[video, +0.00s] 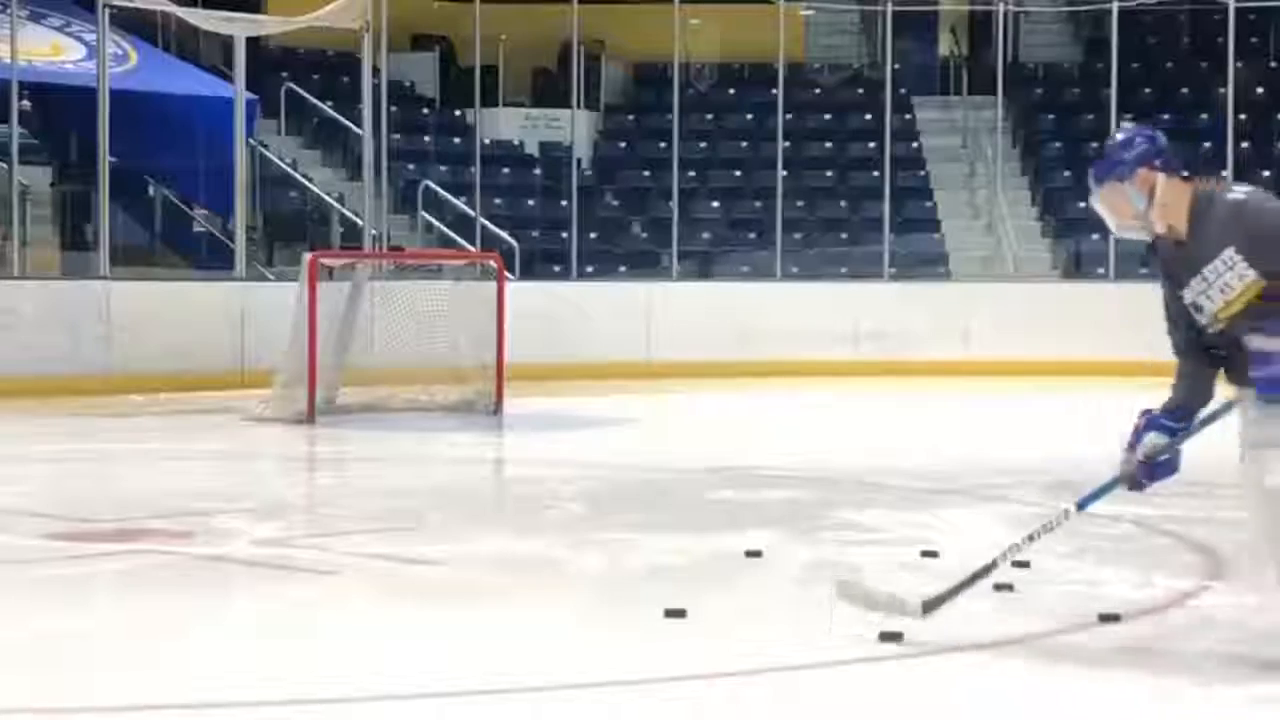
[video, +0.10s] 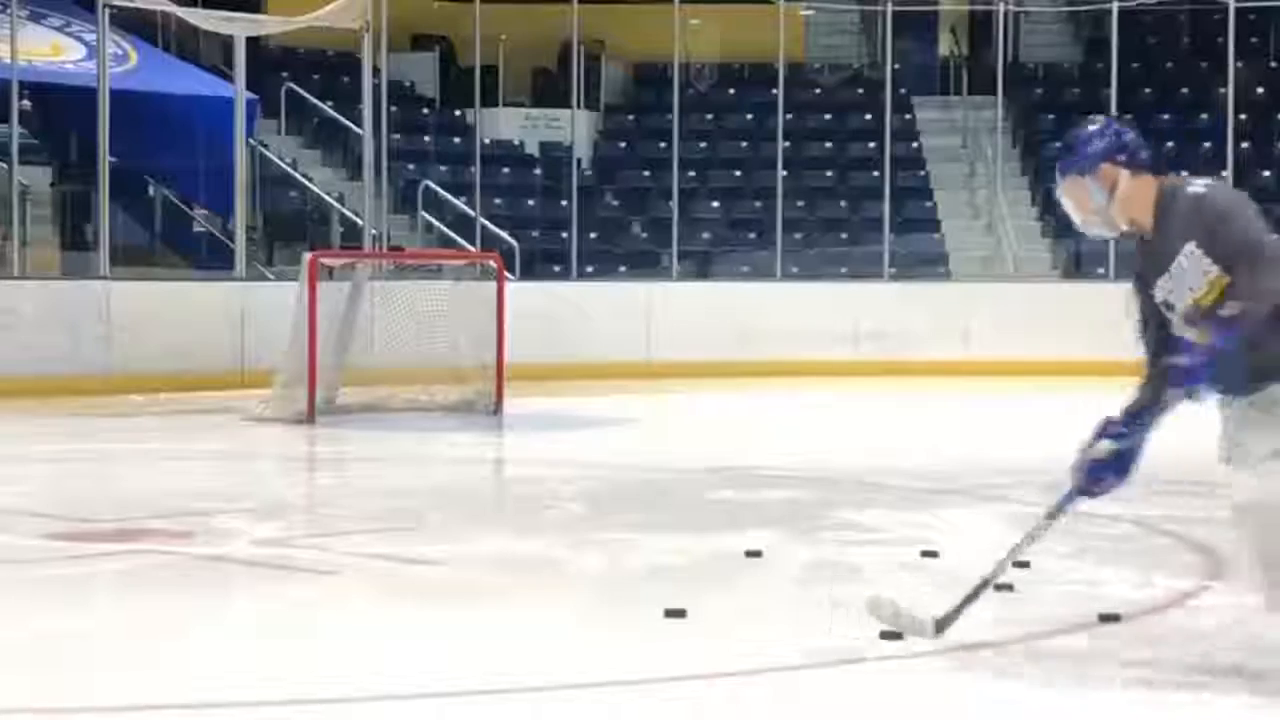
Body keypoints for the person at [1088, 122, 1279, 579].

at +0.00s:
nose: (1114, 213)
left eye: (1113, 193)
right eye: (1106, 199)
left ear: (1146, 178)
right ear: (1143, 181)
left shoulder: (1246, 212)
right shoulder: (1171, 259)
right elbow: (1197, 355)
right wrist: (1169, 425)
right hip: (1263, 397)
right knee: (1265, 533)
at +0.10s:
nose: (1080, 209)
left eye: (1080, 190)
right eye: (1072, 196)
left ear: (1113, 172)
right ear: (1112, 178)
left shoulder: (1209, 203)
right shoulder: (1149, 265)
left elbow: (1266, 273)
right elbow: (1167, 366)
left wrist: (1218, 340)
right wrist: (1128, 432)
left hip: (1271, 385)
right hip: (1245, 399)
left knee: (1263, 523)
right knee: (1260, 526)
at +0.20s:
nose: (1046, 203)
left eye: (1048, 183)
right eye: (1038, 190)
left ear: (1081, 165)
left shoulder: (1161, 197)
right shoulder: (1103, 250)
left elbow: (1209, 273)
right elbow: (1117, 361)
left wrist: (1147, 329)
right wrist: (1069, 438)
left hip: (1264, 371)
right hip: (1210, 393)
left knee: (1265, 523)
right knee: (1225, 533)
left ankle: (1272, 635)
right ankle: (1272, 637)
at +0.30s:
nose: (992, 187)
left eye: (998, 169)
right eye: (988, 173)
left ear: (1030, 159)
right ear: (1026, 165)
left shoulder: (1099, 197)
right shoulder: (1060, 234)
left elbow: (1136, 276)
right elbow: (1060, 344)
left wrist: (1087, 339)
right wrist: (1014, 429)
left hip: (1208, 365)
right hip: (1155, 388)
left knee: (1178, 497)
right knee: (1163, 508)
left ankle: (1240, 648)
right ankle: (1221, 648)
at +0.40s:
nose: (934, 187)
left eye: (937, 171)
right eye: (930, 173)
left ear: (964, 163)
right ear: (964, 166)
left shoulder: (1021, 196)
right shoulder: (999, 236)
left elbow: (1054, 273)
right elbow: (999, 347)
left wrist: (1015, 345)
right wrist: (944, 435)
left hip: (1132, 364)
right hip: (1108, 374)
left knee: (1057, 488)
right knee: (1095, 524)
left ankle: (1083, 661)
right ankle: (1185, 668)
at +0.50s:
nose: (845, 189)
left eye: (849, 172)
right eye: (842, 174)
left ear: (881, 167)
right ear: (892, 169)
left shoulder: (928, 213)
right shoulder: (919, 225)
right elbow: (911, 363)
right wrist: (851, 444)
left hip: (1026, 376)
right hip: (1044, 376)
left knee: (927, 487)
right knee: (1007, 528)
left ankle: (981, 661)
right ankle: (1097, 674)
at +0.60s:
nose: (744, 189)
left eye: (748, 171)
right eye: (741, 174)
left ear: (776, 164)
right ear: (797, 164)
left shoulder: (817, 208)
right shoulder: (841, 206)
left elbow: (822, 317)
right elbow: (808, 359)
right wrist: (751, 443)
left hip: (902, 379)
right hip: (946, 377)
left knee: (805, 502)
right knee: (925, 539)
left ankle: (879, 655)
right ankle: (1008, 677)